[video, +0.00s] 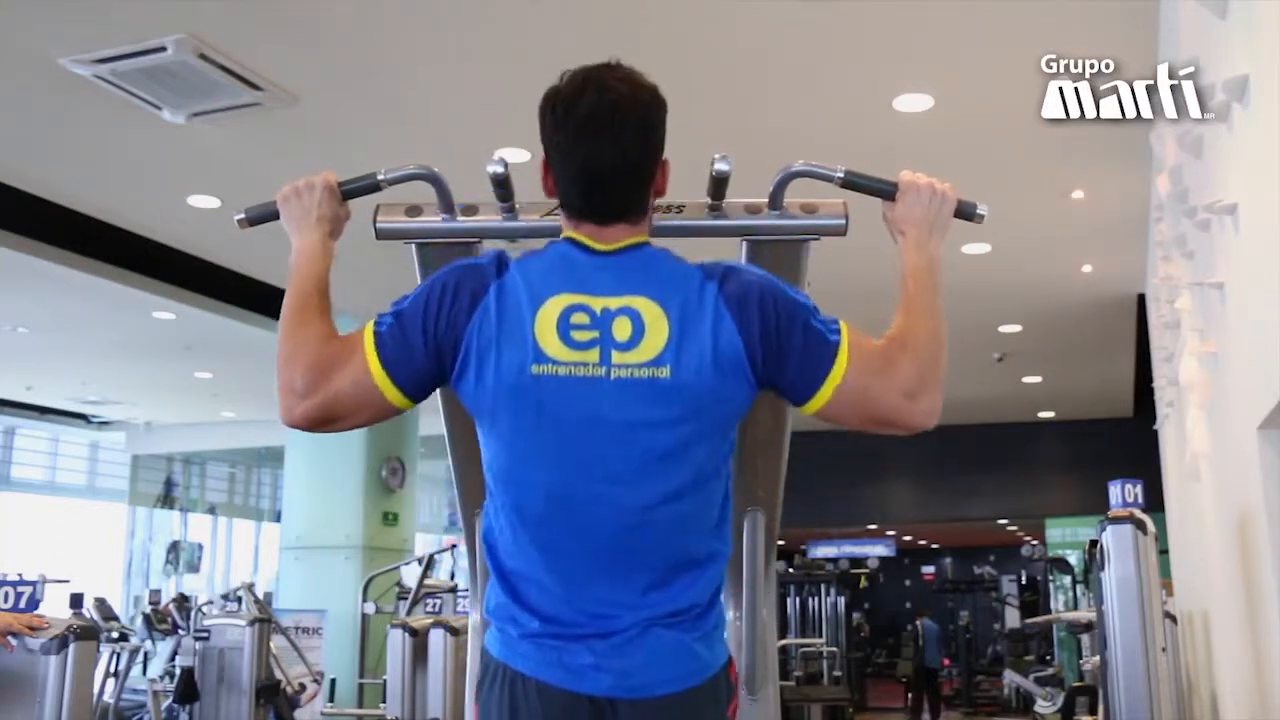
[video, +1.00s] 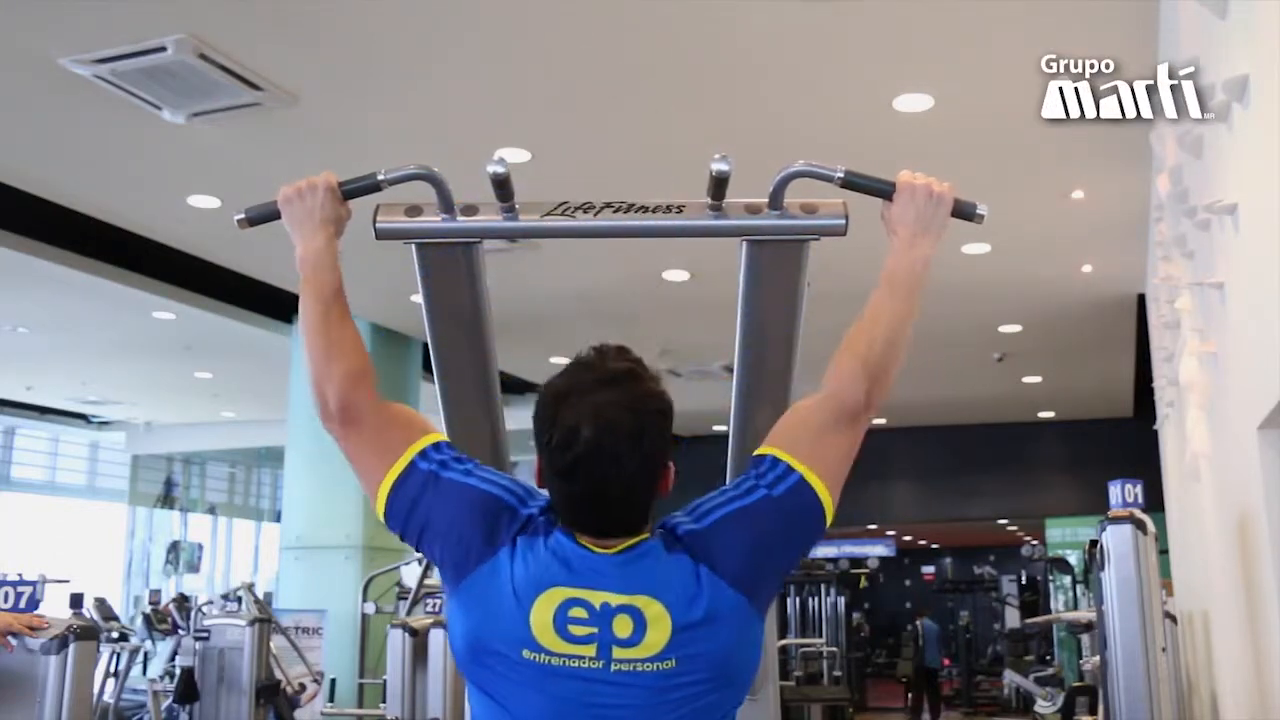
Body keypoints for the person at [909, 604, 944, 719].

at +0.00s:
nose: (916, 618)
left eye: (916, 616)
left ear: (917, 615)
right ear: (928, 614)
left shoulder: (917, 625)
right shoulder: (935, 627)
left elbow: (917, 644)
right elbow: (938, 645)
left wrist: (914, 659)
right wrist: (939, 659)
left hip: (921, 664)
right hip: (934, 664)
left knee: (918, 692)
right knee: (933, 691)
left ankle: (916, 715)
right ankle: (935, 715)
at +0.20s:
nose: (916, 618)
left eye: (916, 616)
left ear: (917, 615)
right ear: (928, 614)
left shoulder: (917, 625)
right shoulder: (935, 627)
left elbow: (917, 644)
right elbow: (938, 645)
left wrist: (914, 659)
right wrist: (939, 659)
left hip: (921, 664)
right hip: (934, 664)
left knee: (918, 692)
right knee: (933, 691)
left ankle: (916, 715)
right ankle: (935, 715)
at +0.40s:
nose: (916, 618)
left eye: (916, 616)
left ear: (917, 615)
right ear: (928, 614)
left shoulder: (917, 625)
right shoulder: (935, 627)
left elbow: (917, 644)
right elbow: (938, 645)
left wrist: (914, 659)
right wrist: (939, 659)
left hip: (921, 664)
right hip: (934, 664)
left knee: (918, 692)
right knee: (933, 691)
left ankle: (916, 715)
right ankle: (935, 715)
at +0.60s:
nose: (916, 618)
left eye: (916, 616)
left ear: (917, 615)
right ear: (928, 614)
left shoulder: (917, 625)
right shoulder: (935, 627)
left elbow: (917, 644)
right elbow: (938, 645)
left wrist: (914, 659)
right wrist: (939, 659)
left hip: (921, 664)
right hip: (934, 664)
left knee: (918, 692)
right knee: (933, 691)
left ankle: (916, 715)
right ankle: (935, 715)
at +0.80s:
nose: (916, 618)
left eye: (916, 616)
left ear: (917, 615)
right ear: (927, 614)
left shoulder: (917, 625)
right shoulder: (935, 627)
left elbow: (916, 644)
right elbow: (938, 645)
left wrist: (914, 659)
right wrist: (939, 659)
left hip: (921, 664)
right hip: (934, 664)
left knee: (918, 692)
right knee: (933, 692)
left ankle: (916, 715)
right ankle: (935, 715)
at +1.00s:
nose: (916, 618)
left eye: (916, 616)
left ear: (917, 615)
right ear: (928, 614)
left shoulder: (917, 625)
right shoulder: (935, 627)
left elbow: (917, 644)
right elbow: (938, 645)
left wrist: (914, 659)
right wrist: (939, 659)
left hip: (921, 664)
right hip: (934, 664)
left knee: (918, 692)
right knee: (933, 691)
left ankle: (916, 715)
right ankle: (935, 715)